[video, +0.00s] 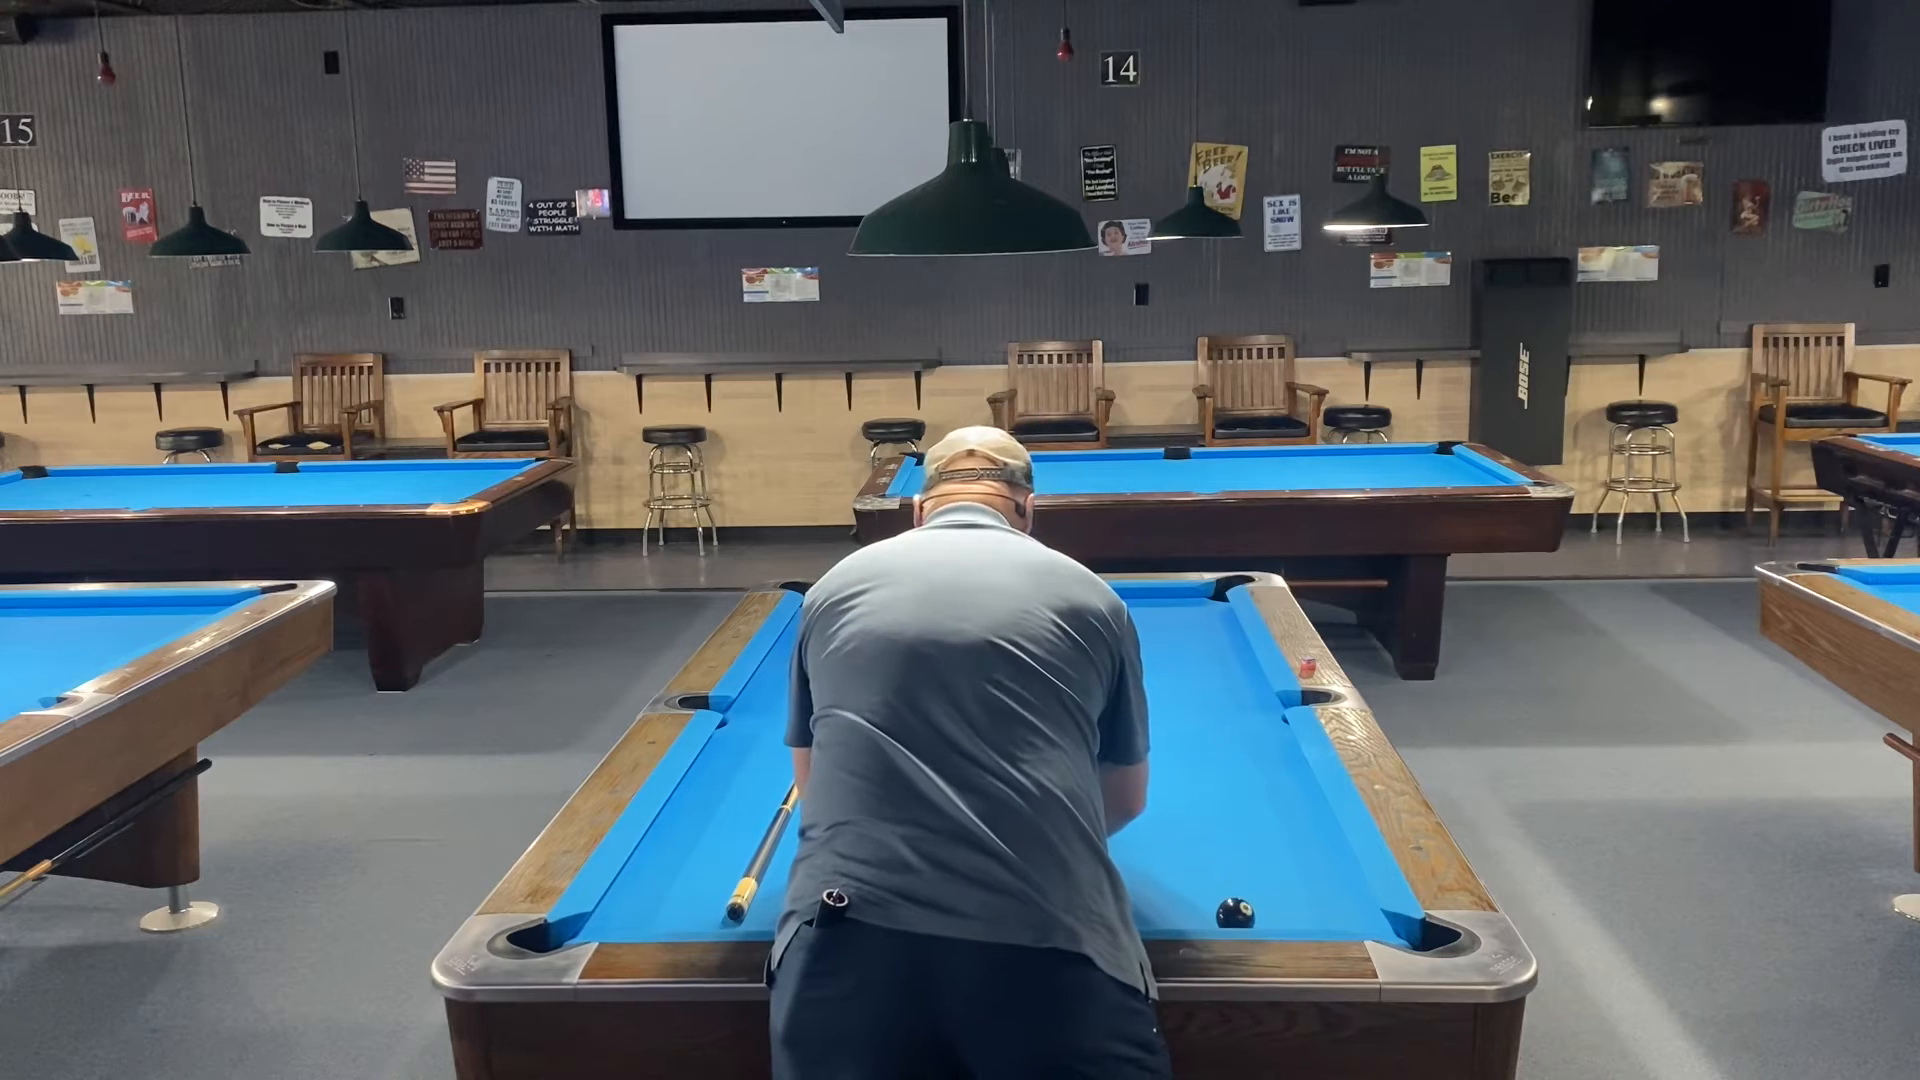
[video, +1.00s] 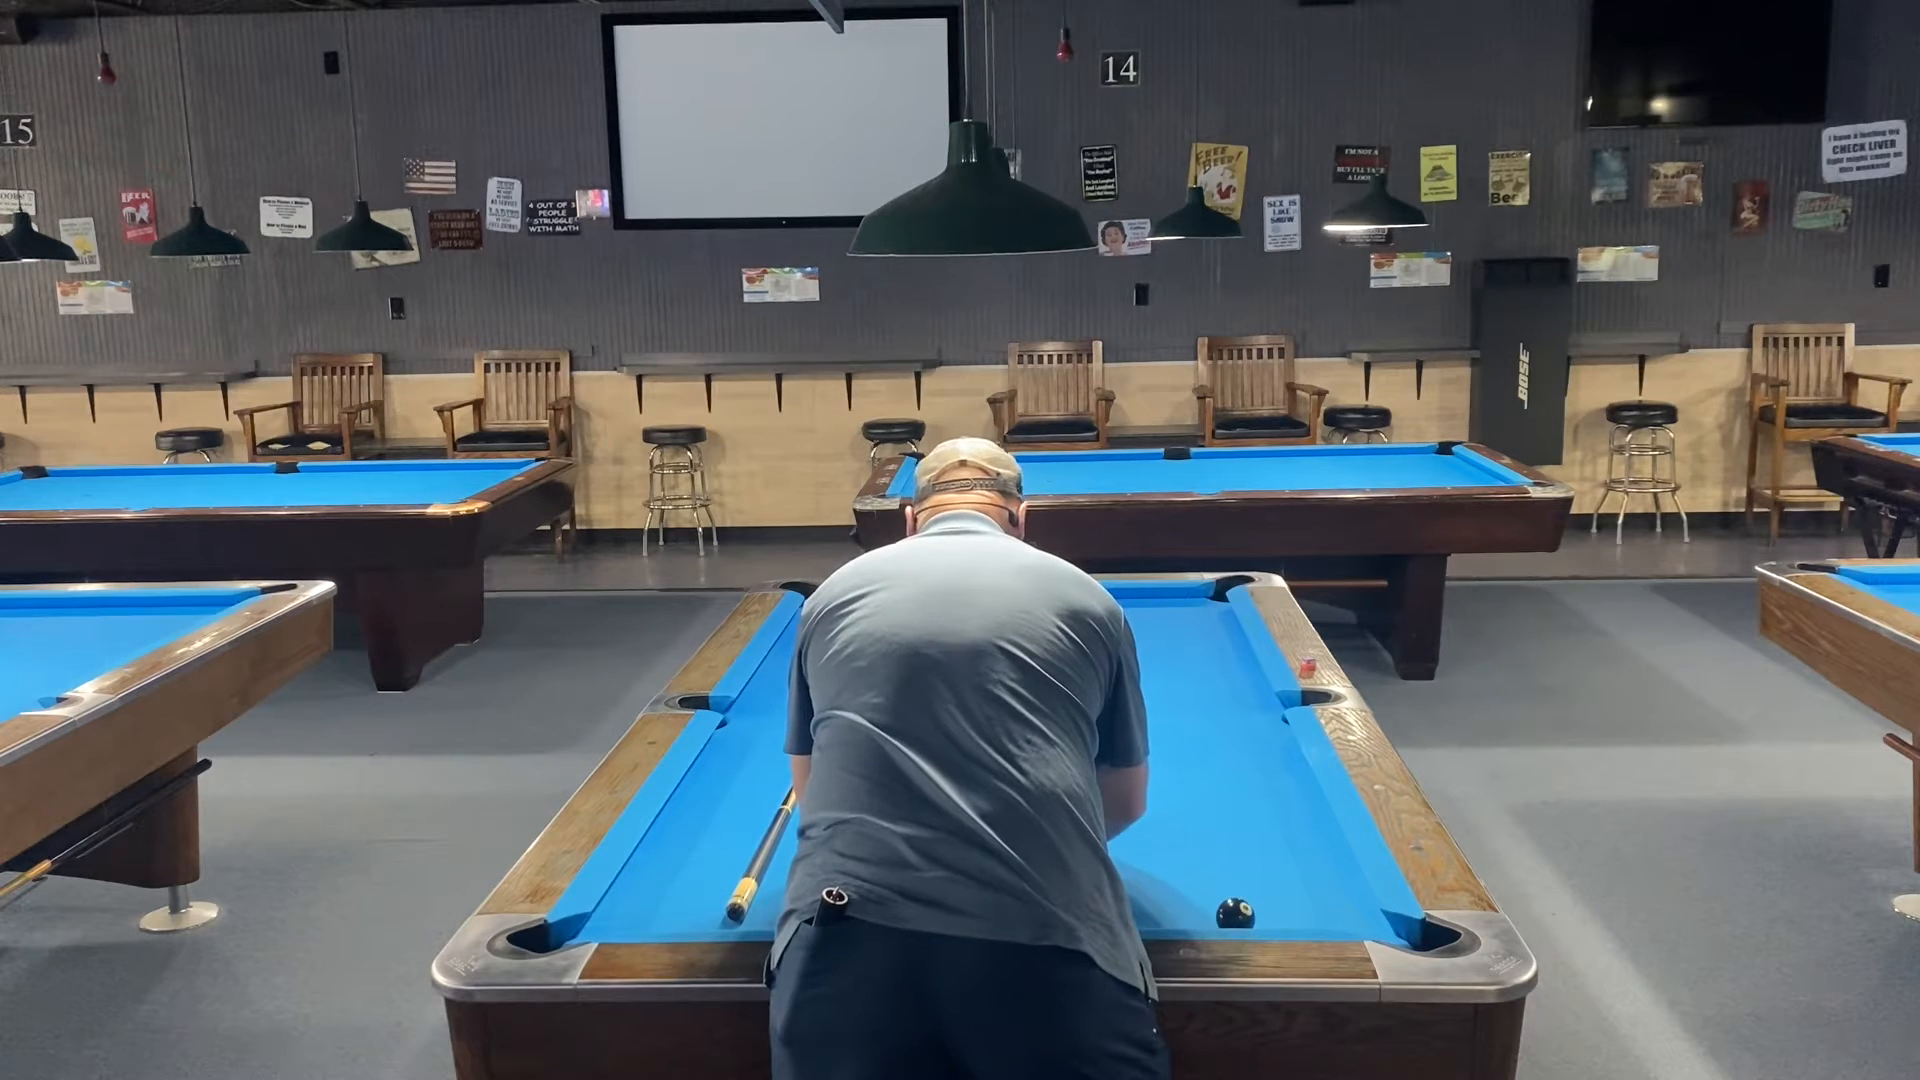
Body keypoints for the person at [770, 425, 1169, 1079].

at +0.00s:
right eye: (1030, 502)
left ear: (919, 510)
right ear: (1026, 505)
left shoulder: (835, 585)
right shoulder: (1092, 596)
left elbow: (812, 784)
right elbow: (1123, 795)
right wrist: (1028, 843)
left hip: (846, 958)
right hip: (1051, 964)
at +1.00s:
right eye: (1020, 509)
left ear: (911, 518)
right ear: (1018, 514)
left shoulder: (834, 591)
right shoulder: (1088, 597)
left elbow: (809, 786)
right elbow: (1123, 798)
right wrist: (1028, 845)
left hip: (846, 955)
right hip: (1050, 962)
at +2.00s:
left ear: (912, 520)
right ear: (1018, 519)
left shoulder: (835, 591)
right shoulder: (1089, 597)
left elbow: (810, 787)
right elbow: (1125, 800)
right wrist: (1030, 848)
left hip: (847, 955)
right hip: (1051, 962)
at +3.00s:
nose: (1044, 485)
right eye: (1041, 470)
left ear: (914, 461)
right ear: (1027, 462)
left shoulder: (809, 552)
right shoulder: (1101, 561)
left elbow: (761, 778)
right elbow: (1176, 789)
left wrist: (846, 831)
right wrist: (1154, 831)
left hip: (844, 987)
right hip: (1053, 1005)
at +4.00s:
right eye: (1041, 484)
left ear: (927, 483)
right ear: (1037, 486)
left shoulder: (834, 570)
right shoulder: (1104, 576)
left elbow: (804, 780)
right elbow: (1153, 787)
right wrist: (1065, 827)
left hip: (850, 977)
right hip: (1057, 984)